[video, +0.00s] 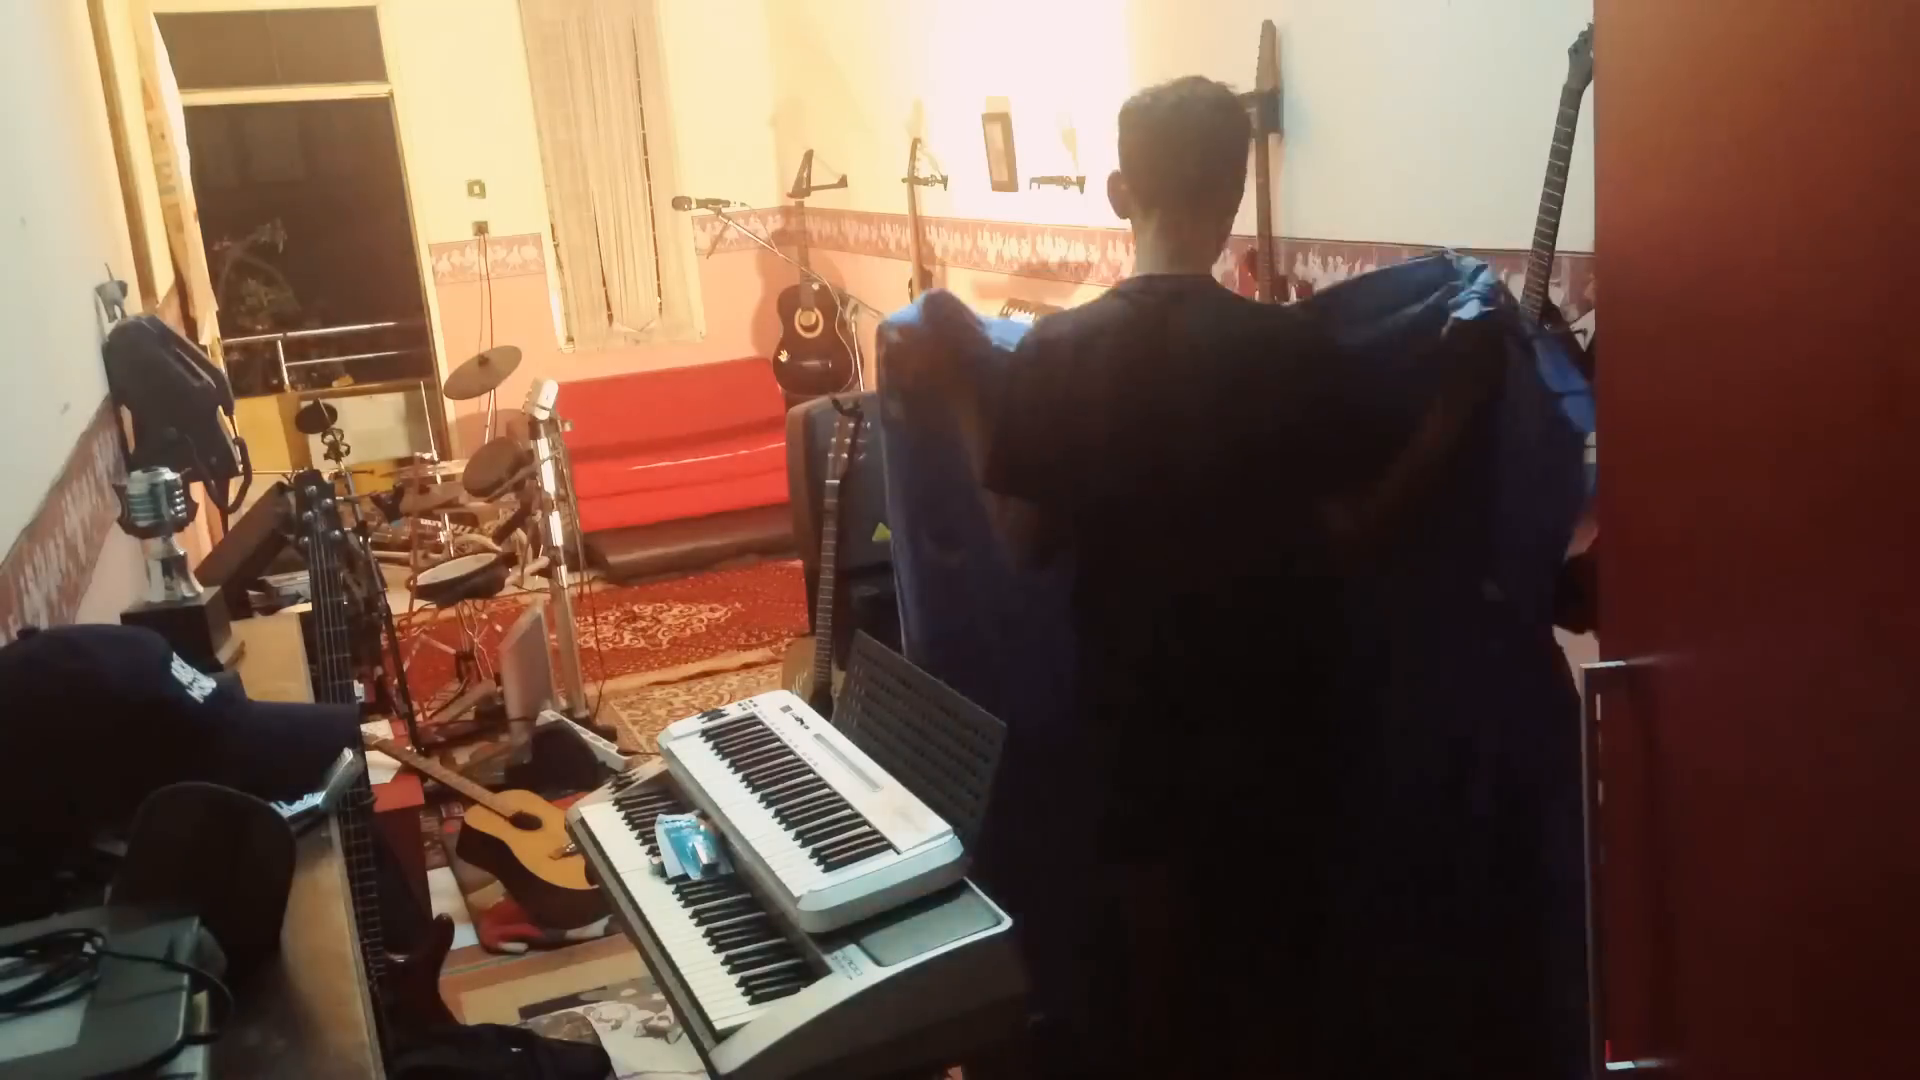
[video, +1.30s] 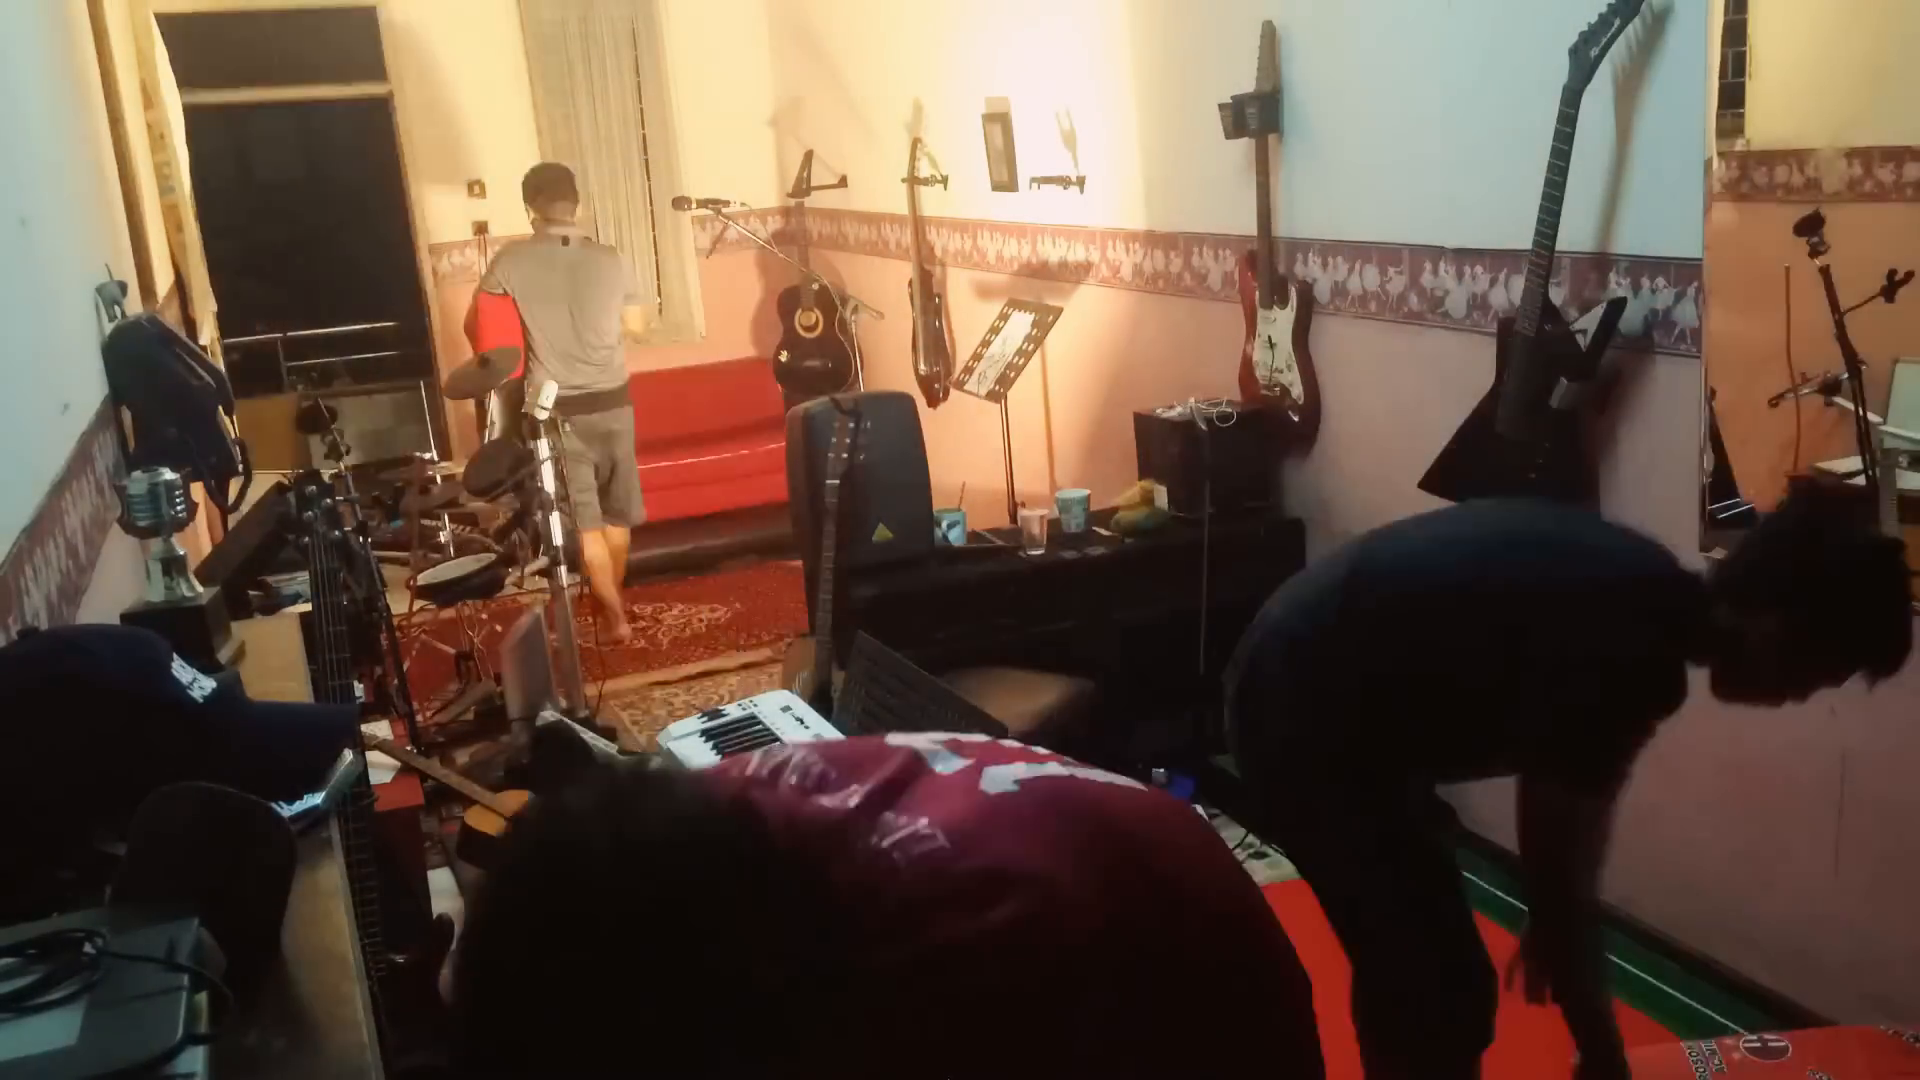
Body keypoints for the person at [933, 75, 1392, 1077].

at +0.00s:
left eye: (1126, 173)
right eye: (1222, 179)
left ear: (1120, 188)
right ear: (1239, 190)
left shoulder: (1053, 356)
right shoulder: (1294, 347)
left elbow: (1020, 533)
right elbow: (1350, 526)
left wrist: (972, 389)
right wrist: (1457, 394)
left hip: (1118, 712)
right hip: (1277, 708)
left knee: (1126, 950)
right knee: (1275, 952)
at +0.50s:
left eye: (1110, 192)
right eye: (1211, 195)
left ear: (1107, 206)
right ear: (1223, 208)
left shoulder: (1047, 361)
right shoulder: (1279, 348)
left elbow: (1020, 567)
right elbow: (1350, 557)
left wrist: (960, 522)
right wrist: (1480, 515)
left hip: (1124, 725)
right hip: (1272, 714)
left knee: (1161, 985)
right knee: (1285, 977)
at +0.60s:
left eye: (1100, 210)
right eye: (1206, 207)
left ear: (1097, 219)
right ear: (1207, 214)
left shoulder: (1034, 360)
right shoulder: (1253, 336)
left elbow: (1002, 568)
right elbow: (1289, 529)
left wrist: (949, 578)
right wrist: (1454, 564)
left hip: (1115, 729)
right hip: (1255, 718)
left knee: (1150, 983)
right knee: (1274, 976)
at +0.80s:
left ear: (1195, 593)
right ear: (1282, 612)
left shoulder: (1123, 624)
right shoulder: (1309, 656)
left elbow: (1036, 769)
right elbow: (1446, 894)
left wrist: (962, 913)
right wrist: (1531, 1067)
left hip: (1109, 825)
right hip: (1261, 822)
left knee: (1151, 1040)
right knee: (1272, 1034)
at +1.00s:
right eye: (1396, 490)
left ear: (1271, 488)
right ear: (1387, 493)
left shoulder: (1202, 538)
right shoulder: (1418, 552)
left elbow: (1069, 732)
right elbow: (1558, 762)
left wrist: (1022, 840)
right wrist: (1607, 900)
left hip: (1202, 830)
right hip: (1374, 829)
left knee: (1226, 1019)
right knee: (1380, 1026)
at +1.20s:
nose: (1616, 454)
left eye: (1625, 427)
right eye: (1613, 424)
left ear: (1507, 385)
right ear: (1557, 402)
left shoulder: (1390, 435)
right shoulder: (1487, 483)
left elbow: (1287, 608)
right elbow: (1352, 682)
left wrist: (1437, 694)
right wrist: (1513, 858)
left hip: (1170, 718)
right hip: (1264, 753)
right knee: (1418, 1009)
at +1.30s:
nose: (1801, 696)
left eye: (1822, 681)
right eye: (1815, 671)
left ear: (1753, 585)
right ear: (1774, 621)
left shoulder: (1635, 583)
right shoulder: (1632, 652)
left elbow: (1558, 789)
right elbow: (1568, 892)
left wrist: (1548, 915)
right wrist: (1602, 1055)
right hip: (1314, 722)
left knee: (1420, 981)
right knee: (1442, 995)